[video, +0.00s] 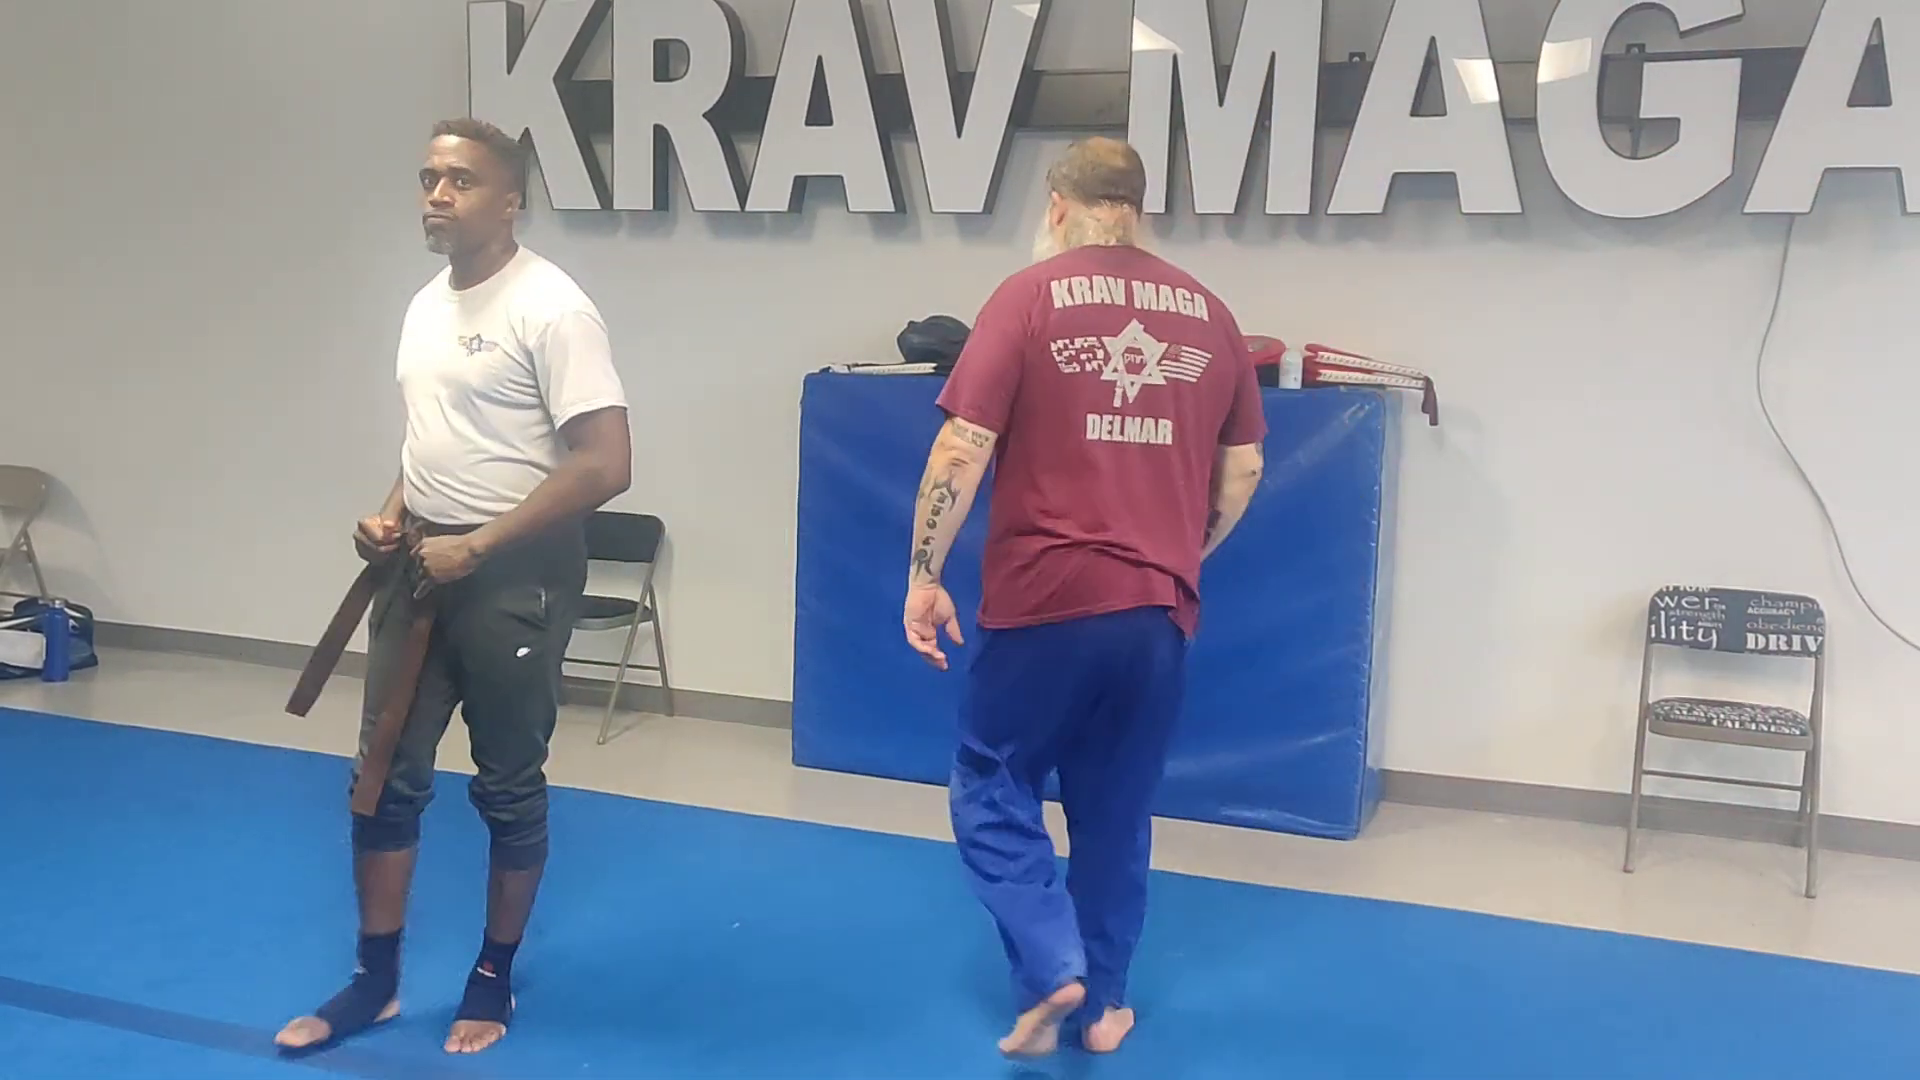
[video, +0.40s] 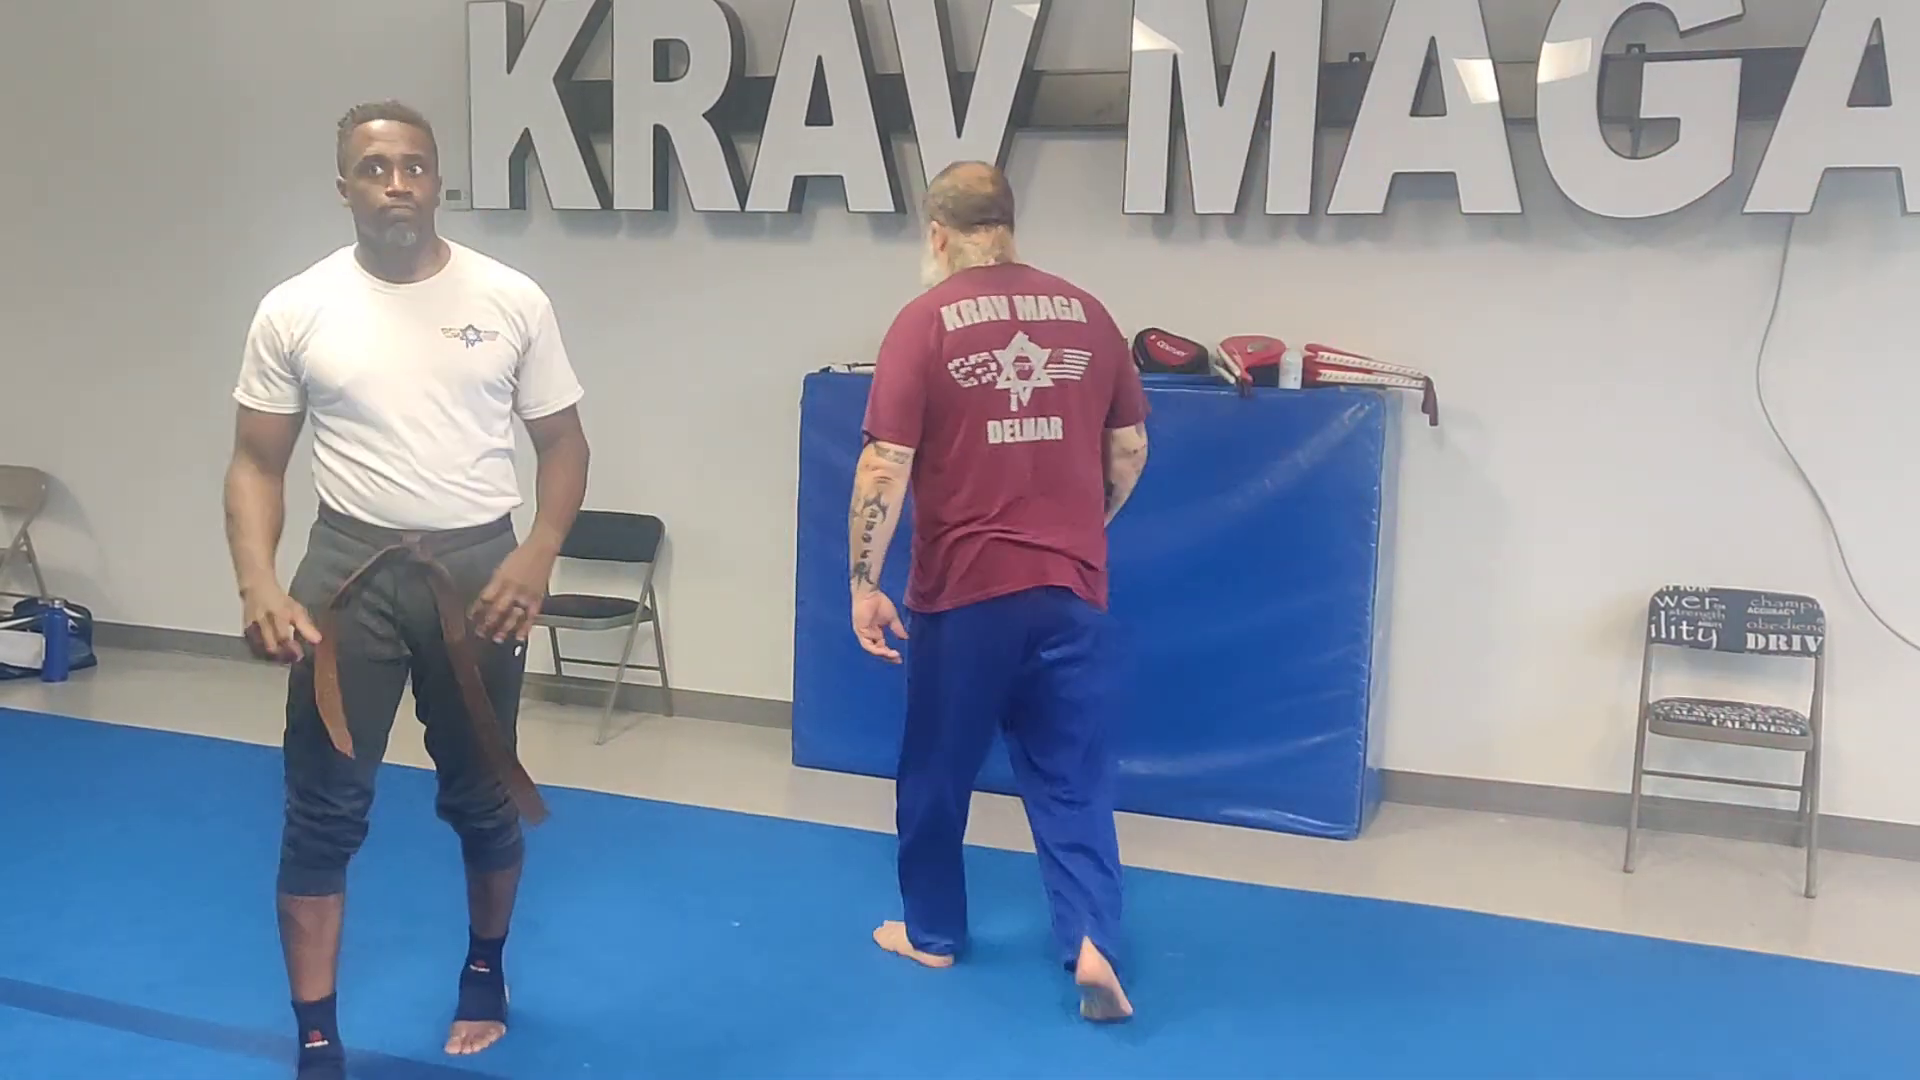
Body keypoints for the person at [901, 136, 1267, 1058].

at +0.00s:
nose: (1043, 230)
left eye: (1044, 217)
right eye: (1049, 218)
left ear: (1060, 212)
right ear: (1139, 215)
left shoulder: (1031, 293)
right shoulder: (1210, 312)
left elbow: (963, 446)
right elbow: (1243, 466)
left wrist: (924, 572)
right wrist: (1181, 554)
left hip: (1045, 594)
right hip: (1158, 600)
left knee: (994, 774)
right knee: (1116, 805)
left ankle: (1052, 963)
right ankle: (1106, 1004)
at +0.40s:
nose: (924, 247)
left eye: (925, 235)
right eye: (929, 235)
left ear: (936, 234)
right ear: (1011, 231)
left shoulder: (924, 322)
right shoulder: (1086, 310)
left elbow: (884, 466)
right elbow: (1128, 450)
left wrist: (864, 583)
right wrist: (1077, 528)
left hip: (968, 582)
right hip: (1074, 580)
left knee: (936, 768)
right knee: (1072, 776)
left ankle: (932, 931)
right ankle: (1092, 939)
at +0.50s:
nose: (897, 239)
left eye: (897, 228)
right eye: (901, 227)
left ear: (909, 229)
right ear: (980, 222)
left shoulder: (896, 318)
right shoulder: (1057, 303)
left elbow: (849, 461)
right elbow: (1105, 436)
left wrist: (828, 563)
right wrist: (1076, 521)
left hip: (936, 568)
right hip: (1039, 563)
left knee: (922, 756)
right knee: (1048, 744)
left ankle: (932, 933)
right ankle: (1065, 875)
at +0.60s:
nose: (880, 236)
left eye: (880, 225)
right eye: (883, 224)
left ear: (891, 225)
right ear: (961, 221)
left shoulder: (875, 312)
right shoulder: (1035, 301)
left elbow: (819, 455)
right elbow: (1084, 426)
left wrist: (792, 540)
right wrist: (1057, 516)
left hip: (921, 561)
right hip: (1021, 556)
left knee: (908, 751)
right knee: (1011, 723)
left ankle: (924, 933)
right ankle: (1023, 860)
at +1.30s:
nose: (790, 256)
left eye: (790, 246)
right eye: (793, 247)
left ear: (801, 247)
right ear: (858, 247)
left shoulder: (788, 313)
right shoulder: (912, 321)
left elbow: (759, 421)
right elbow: (936, 434)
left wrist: (737, 522)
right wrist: (893, 495)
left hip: (801, 529)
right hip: (886, 533)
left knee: (760, 684)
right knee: (885, 692)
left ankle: (741, 822)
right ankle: (873, 850)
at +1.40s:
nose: (761, 267)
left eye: (761, 257)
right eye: (762, 257)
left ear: (772, 255)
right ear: (831, 256)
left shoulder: (763, 323)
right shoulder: (887, 326)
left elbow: (734, 433)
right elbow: (915, 436)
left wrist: (714, 529)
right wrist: (874, 499)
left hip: (787, 532)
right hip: (870, 533)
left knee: (757, 676)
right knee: (877, 684)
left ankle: (739, 803)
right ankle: (874, 841)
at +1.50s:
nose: (731, 270)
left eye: (730, 261)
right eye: (734, 260)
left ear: (739, 259)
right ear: (798, 256)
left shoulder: (734, 329)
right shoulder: (859, 323)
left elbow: (704, 444)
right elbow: (890, 436)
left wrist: (684, 532)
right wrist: (853, 502)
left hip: (765, 532)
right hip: (848, 529)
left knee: (745, 678)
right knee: (845, 674)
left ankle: (739, 809)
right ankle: (864, 807)